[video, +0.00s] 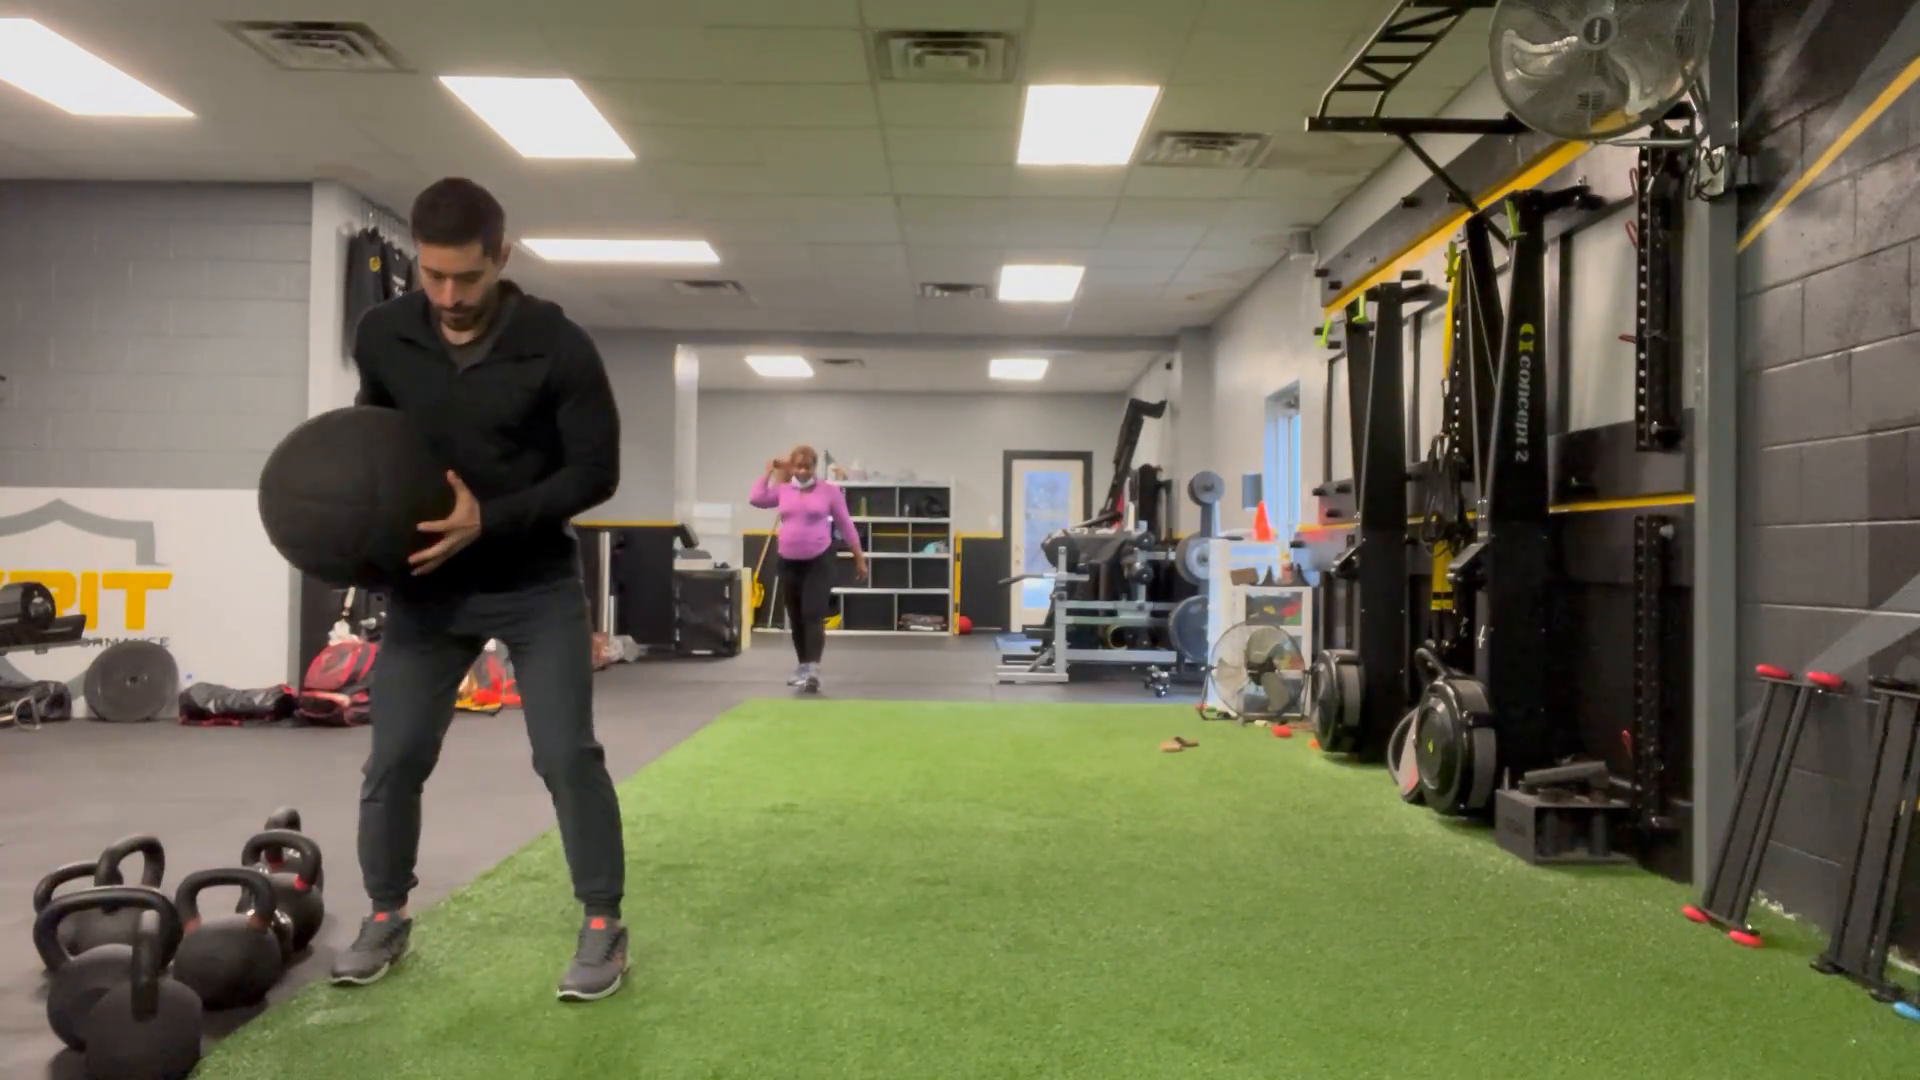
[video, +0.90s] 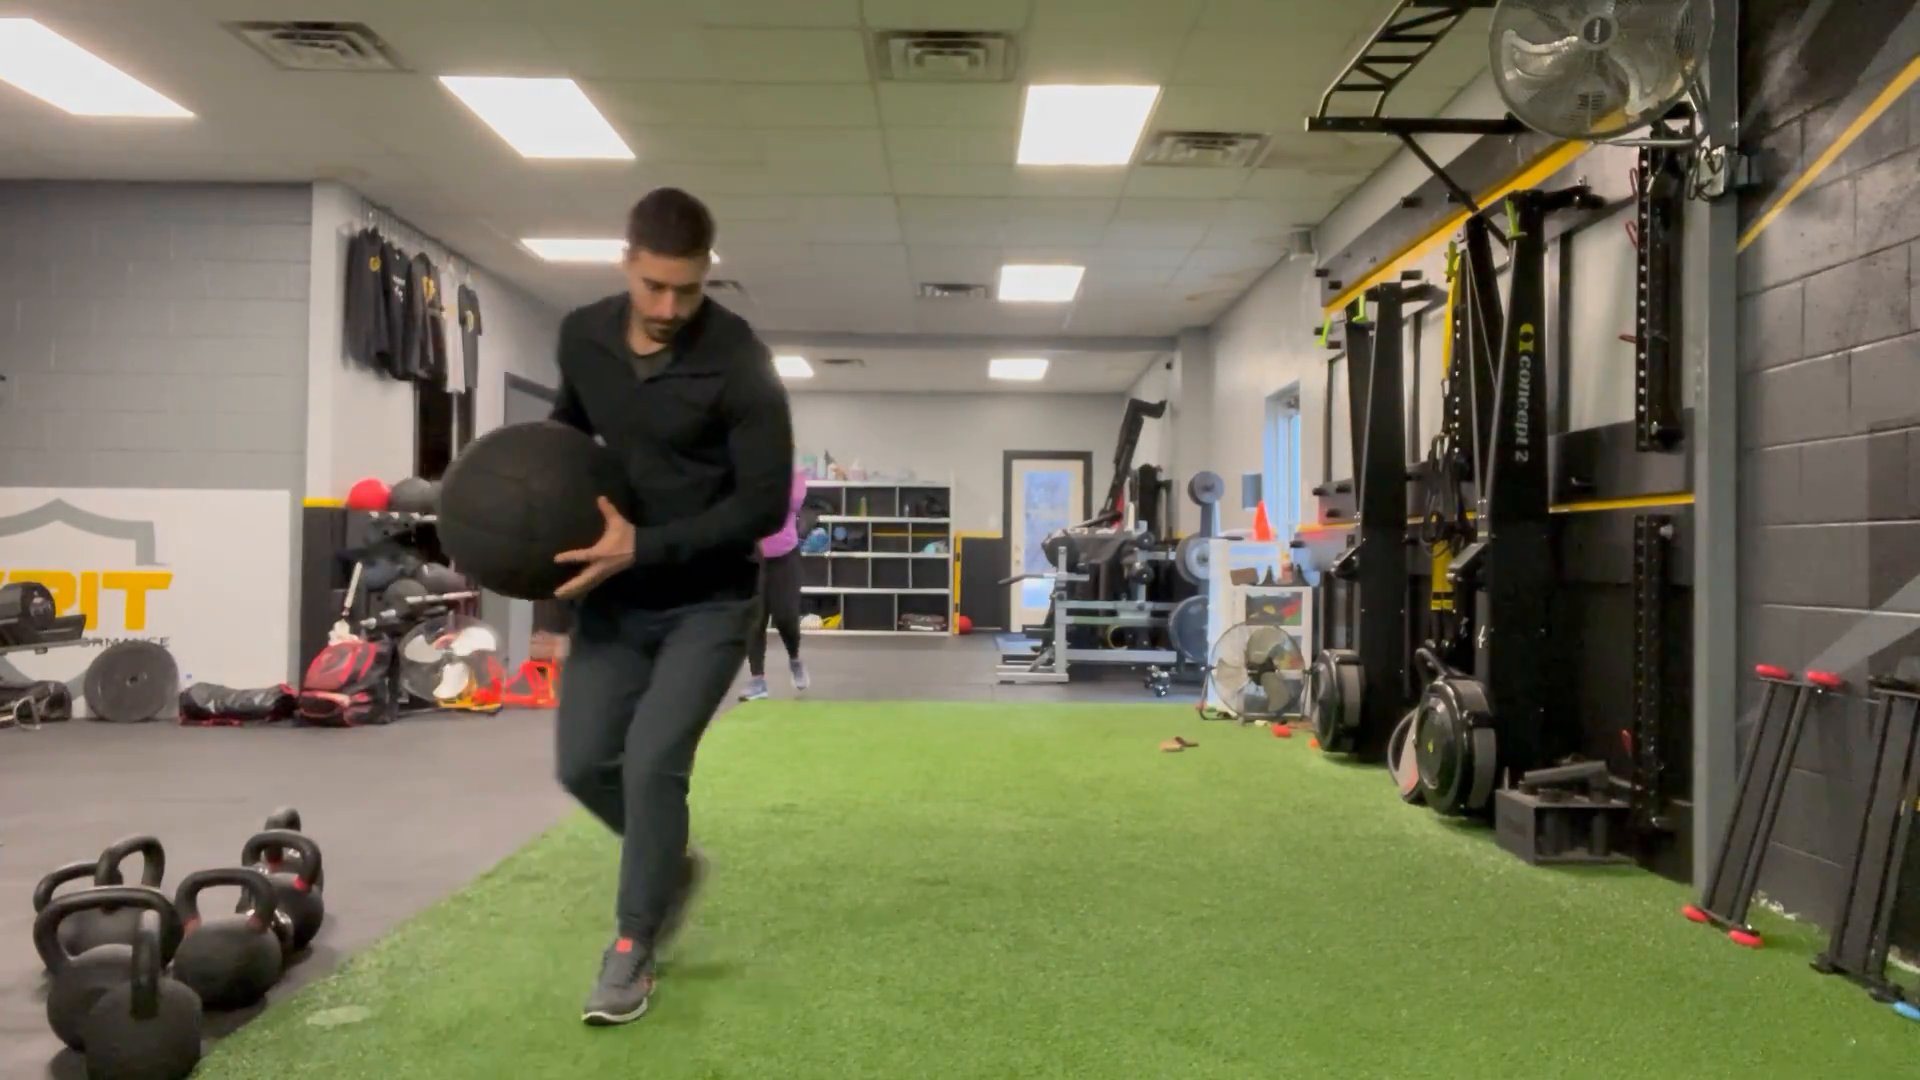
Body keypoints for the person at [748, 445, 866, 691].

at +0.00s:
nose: (801, 471)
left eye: (805, 466)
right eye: (797, 466)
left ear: (814, 467)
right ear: (790, 467)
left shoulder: (829, 491)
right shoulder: (783, 490)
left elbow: (846, 524)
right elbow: (756, 498)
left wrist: (859, 557)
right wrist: (768, 472)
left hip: (818, 559)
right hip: (789, 560)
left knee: (812, 612)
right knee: (796, 614)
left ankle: (813, 667)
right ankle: (802, 665)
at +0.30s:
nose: (801, 465)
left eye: (805, 460)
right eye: (797, 461)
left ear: (813, 462)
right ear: (789, 464)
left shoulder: (829, 489)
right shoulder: (782, 489)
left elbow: (845, 523)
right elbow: (756, 512)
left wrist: (840, 547)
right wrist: (760, 477)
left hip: (815, 559)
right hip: (783, 559)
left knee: (813, 616)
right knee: (775, 614)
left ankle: (810, 674)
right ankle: (792, 652)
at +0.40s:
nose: (801, 463)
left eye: (805, 459)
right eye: (796, 459)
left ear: (811, 460)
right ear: (787, 462)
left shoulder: (826, 486)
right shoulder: (781, 488)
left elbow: (843, 520)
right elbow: (759, 517)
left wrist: (821, 524)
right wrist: (757, 485)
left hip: (813, 556)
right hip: (780, 556)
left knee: (809, 616)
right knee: (771, 611)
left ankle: (809, 674)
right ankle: (781, 663)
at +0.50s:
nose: (799, 463)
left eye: (803, 458)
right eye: (793, 460)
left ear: (809, 459)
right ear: (784, 463)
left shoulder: (821, 484)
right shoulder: (779, 488)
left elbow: (832, 512)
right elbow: (759, 521)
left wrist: (800, 503)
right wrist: (754, 488)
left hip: (811, 557)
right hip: (778, 557)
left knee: (808, 617)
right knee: (771, 614)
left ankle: (809, 675)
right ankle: (766, 675)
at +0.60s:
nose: (795, 464)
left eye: (798, 459)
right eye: (789, 461)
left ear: (804, 460)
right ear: (779, 465)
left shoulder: (816, 483)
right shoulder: (770, 486)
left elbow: (814, 504)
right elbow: (757, 524)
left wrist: (780, 486)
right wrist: (750, 493)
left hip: (806, 558)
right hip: (773, 558)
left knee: (805, 620)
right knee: (769, 617)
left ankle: (809, 677)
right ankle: (759, 677)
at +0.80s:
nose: (778, 464)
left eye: (782, 458)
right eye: (771, 459)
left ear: (789, 459)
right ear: (762, 463)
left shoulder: (799, 480)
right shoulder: (754, 482)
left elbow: (792, 499)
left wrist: (763, 484)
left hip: (789, 556)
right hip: (756, 557)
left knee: (791, 617)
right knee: (758, 620)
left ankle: (805, 667)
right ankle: (757, 679)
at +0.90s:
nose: (774, 454)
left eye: (780, 448)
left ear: (787, 449)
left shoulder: (791, 474)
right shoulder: (749, 478)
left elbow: (797, 500)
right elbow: (741, 508)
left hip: (784, 549)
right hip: (753, 551)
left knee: (786, 616)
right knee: (754, 621)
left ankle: (795, 660)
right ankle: (757, 678)